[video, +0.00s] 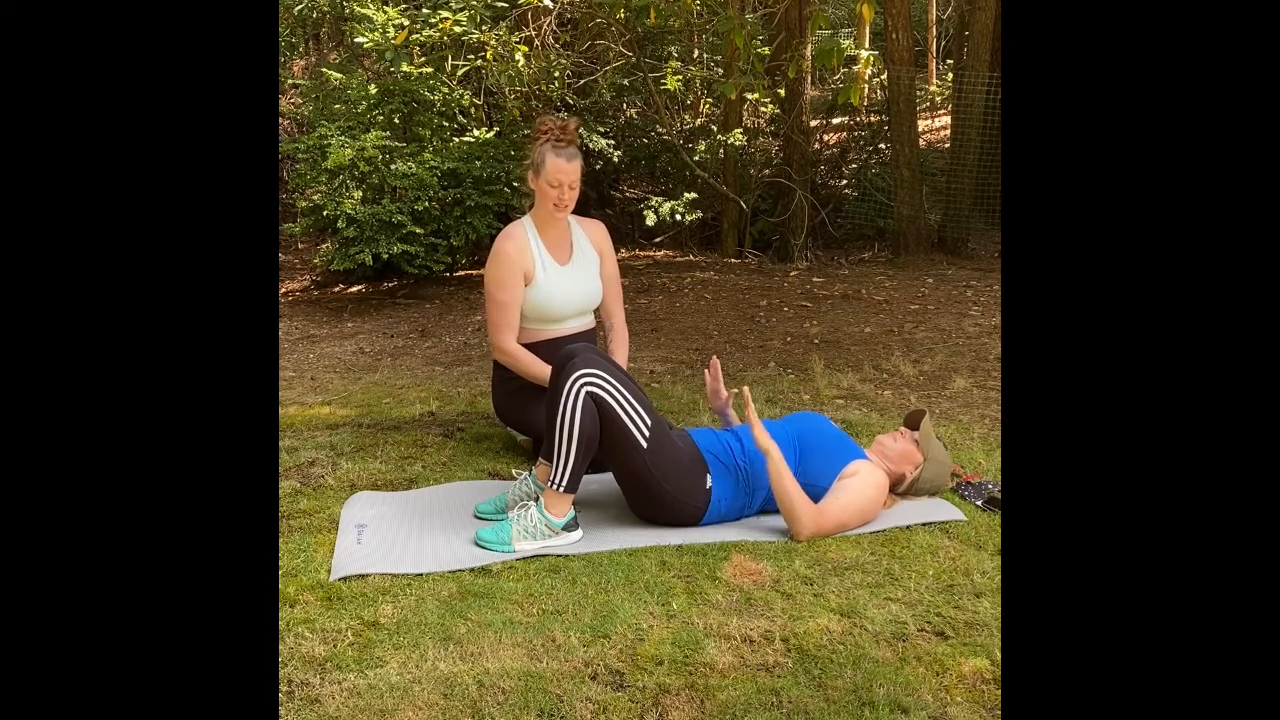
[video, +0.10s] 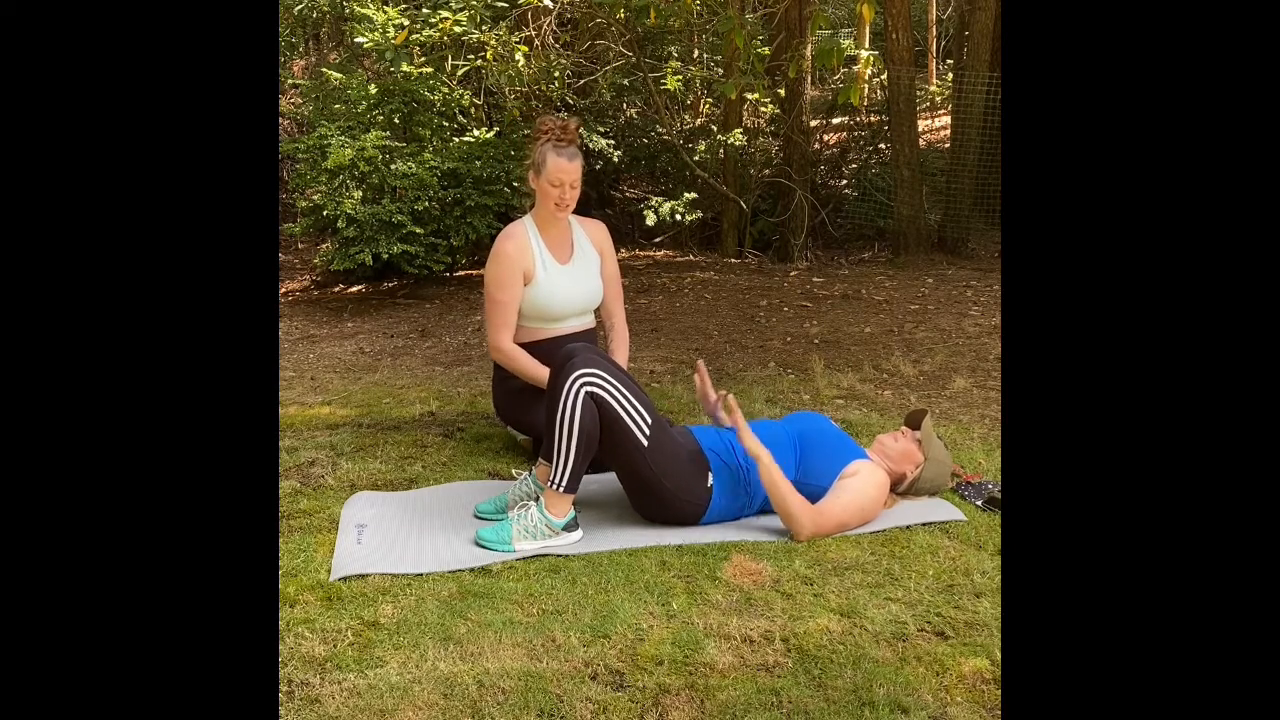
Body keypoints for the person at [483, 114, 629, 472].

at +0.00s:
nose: (564, 196)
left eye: (573, 186)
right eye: (554, 185)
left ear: (581, 183)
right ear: (533, 181)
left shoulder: (595, 234)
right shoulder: (512, 246)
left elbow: (615, 321)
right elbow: (502, 346)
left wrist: (614, 380)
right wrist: (569, 384)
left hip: (585, 373)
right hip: (525, 384)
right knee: (610, 447)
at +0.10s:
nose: (565, 195)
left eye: (574, 185)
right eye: (555, 184)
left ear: (582, 183)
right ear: (533, 180)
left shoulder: (595, 234)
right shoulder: (512, 245)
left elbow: (615, 321)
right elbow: (499, 346)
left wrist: (614, 380)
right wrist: (563, 386)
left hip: (586, 372)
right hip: (525, 382)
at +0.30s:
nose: (565, 194)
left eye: (573, 184)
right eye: (555, 183)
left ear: (581, 182)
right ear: (532, 180)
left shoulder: (594, 234)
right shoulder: (511, 245)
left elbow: (616, 323)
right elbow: (502, 342)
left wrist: (615, 381)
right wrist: (565, 385)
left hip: (588, 372)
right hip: (527, 382)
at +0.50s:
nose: (562, 193)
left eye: (570, 183)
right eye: (551, 182)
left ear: (577, 180)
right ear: (528, 179)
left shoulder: (591, 233)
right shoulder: (509, 244)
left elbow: (616, 322)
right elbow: (506, 343)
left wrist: (615, 379)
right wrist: (564, 387)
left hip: (586, 368)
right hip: (525, 379)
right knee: (600, 450)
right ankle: (537, 442)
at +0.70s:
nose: (555, 191)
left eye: (563, 180)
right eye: (544, 181)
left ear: (571, 179)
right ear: (524, 180)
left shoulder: (590, 232)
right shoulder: (508, 244)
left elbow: (614, 320)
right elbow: (506, 342)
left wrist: (614, 374)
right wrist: (548, 392)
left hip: (587, 369)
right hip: (526, 378)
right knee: (599, 449)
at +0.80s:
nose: (552, 191)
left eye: (560, 180)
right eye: (541, 181)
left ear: (570, 178)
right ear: (523, 181)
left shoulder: (590, 233)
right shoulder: (509, 244)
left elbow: (614, 319)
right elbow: (502, 333)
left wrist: (616, 366)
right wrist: (517, 374)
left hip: (587, 366)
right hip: (527, 375)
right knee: (599, 448)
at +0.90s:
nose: (550, 191)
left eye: (558, 180)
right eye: (539, 182)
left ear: (569, 177)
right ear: (522, 182)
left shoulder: (590, 233)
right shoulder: (508, 243)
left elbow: (614, 318)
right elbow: (500, 325)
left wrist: (616, 367)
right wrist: (500, 355)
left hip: (587, 363)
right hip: (525, 372)